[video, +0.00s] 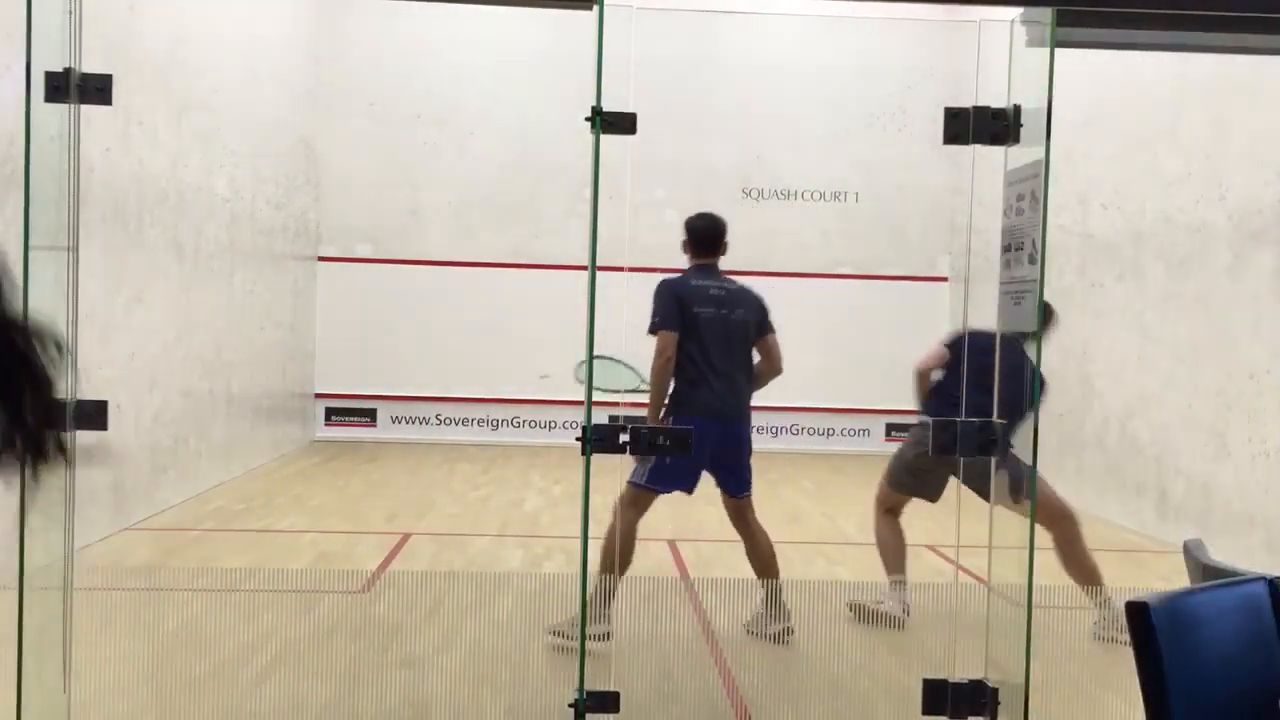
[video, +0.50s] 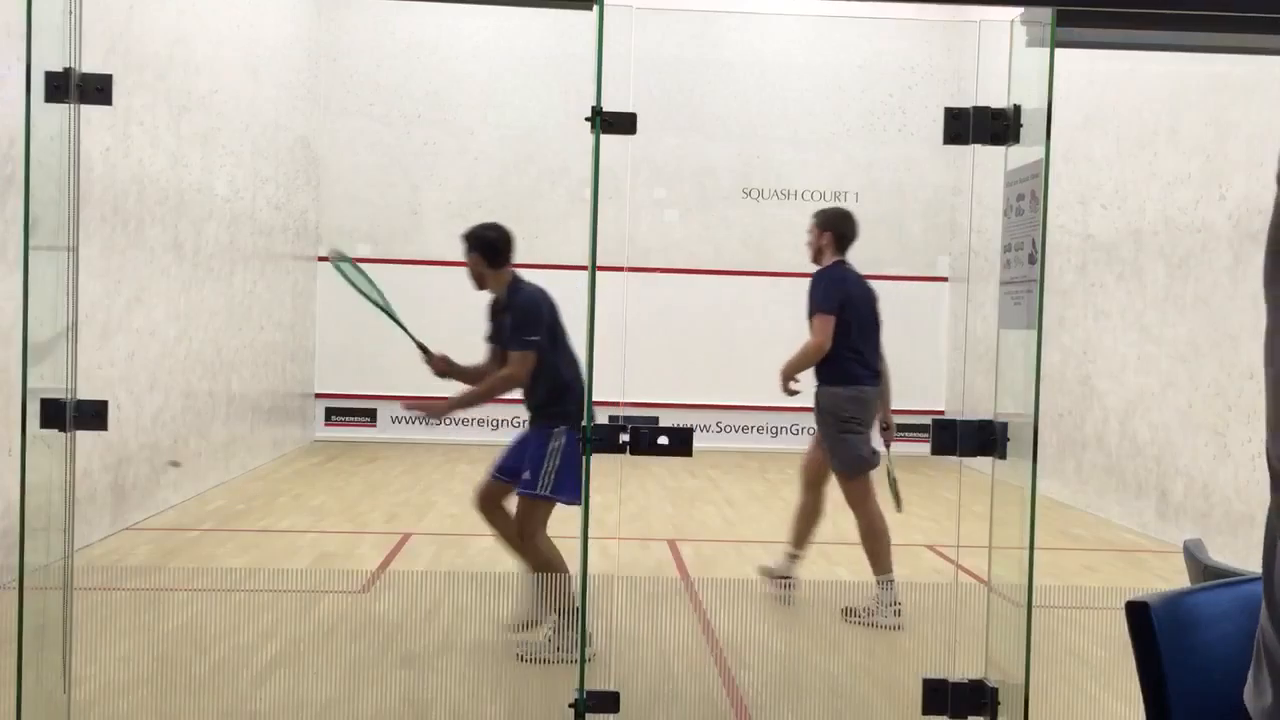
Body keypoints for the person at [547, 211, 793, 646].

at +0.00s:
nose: (686, 251)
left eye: (686, 245)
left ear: (685, 248)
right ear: (724, 249)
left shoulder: (673, 289)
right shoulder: (748, 298)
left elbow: (666, 354)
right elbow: (772, 364)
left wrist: (652, 419)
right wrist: (737, 391)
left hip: (686, 424)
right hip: (734, 427)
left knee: (628, 508)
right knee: (746, 517)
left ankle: (596, 616)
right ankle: (777, 613)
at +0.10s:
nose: (648, 263)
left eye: (648, 257)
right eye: (657, 256)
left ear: (651, 261)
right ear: (687, 261)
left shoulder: (647, 306)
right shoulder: (711, 309)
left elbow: (647, 374)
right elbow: (734, 378)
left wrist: (630, 443)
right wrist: (691, 394)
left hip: (663, 444)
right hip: (713, 444)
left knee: (595, 512)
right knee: (734, 528)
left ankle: (580, 621)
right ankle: (777, 618)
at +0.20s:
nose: (599, 262)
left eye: (601, 255)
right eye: (602, 254)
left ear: (606, 259)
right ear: (638, 259)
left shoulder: (615, 306)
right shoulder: (656, 306)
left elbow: (625, 377)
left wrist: (599, 440)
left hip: (633, 444)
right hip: (674, 445)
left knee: (565, 522)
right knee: (708, 528)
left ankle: (571, 632)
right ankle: (768, 616)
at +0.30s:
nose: (550, 263)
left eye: (553, 255)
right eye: (552, 255)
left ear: (566, 258)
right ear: (585, 256)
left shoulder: (592, 304)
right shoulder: (589, 300)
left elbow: (600, 378)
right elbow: (597, 375)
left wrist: (552, 437)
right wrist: (557, 400)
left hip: (608, 436)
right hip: (627, 433)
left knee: (545, 523)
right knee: (641, 531)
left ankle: (572, 631)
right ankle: (733, 598)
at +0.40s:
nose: (507, 265)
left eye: (510, 257)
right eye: (508, 256)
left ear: (525, 260)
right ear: (539, 258)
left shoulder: (561, 304)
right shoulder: (545, 302)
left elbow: (563, 376)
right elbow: (547, 368)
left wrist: (501, 423)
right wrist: (510, 391)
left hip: (588, 430)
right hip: (581, 427)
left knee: (535, 526)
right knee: (555, 527)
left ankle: (571, 632)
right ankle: (650, 574)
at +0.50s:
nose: (467, 269)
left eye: (470, 261)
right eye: (467, 261)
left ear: (488, 262)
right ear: (496, 260)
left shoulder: (528, 301)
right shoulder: (501, 305)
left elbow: (518, 373)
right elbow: (493, 370)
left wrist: (450, 405)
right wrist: (452, 371)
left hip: (564, 425)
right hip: (542, 424)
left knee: (529, 529)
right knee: (489, 499)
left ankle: (571, 628)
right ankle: (549, 588)